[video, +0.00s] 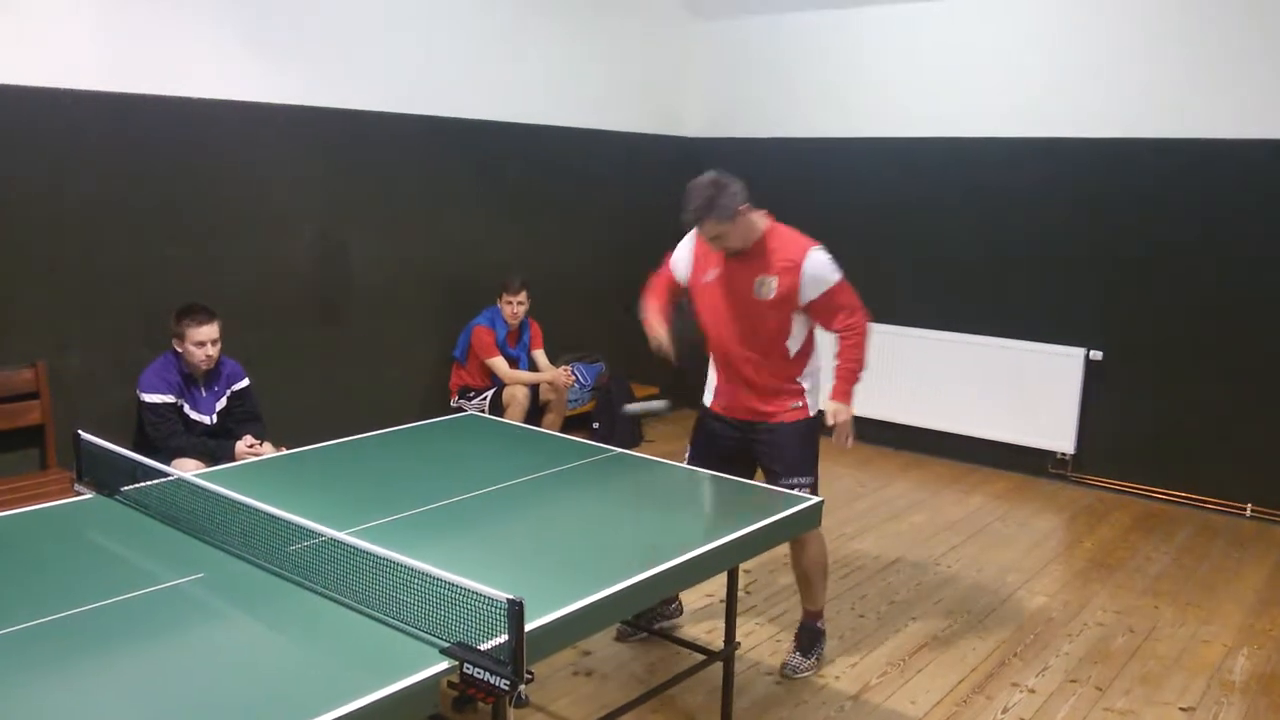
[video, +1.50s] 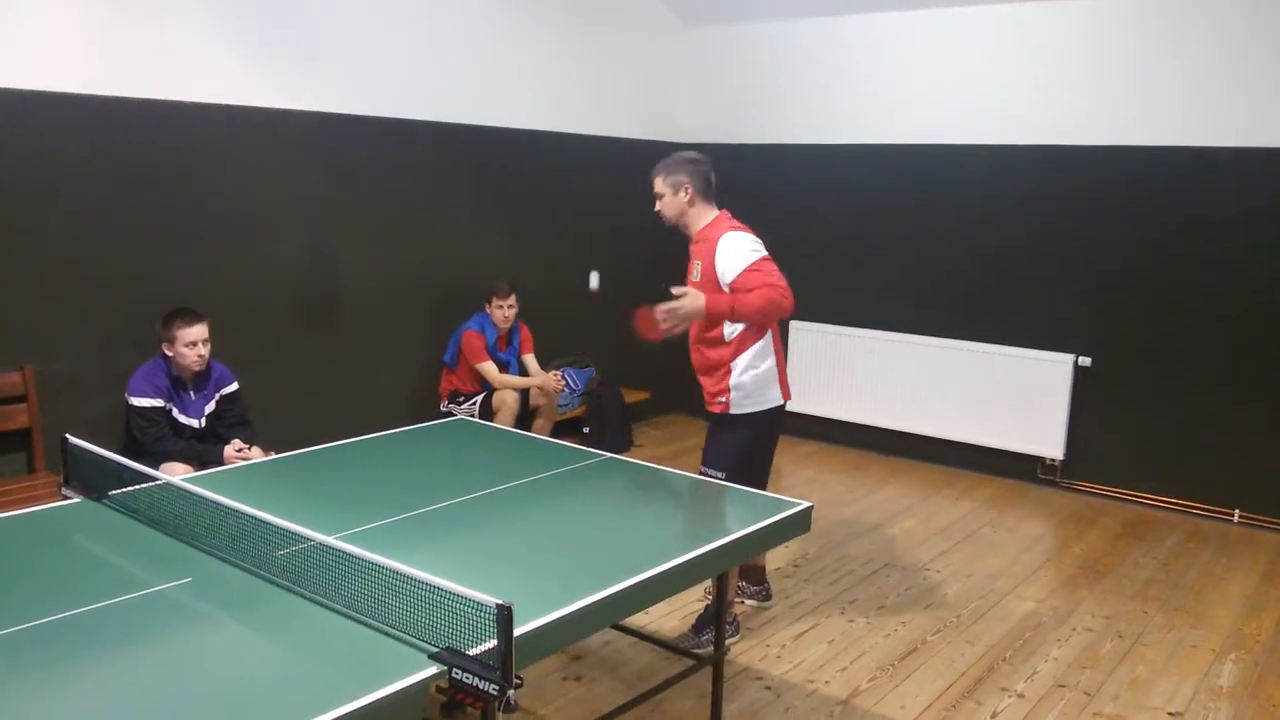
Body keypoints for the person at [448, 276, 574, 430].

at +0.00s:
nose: (515, 310)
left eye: (520, 304)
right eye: (509, 304)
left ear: (528, 305)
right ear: (499, 303)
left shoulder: (531, 328)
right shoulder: (482, 329)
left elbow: (544, 365)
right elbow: (506, 376)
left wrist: (559, 376)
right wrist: (552, 377)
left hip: (504, 391)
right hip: (468, 397)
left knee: (557, 390)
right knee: (520, 394)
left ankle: (545, 453)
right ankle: (505, 452)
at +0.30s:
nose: (512, 314)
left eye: (518, 308)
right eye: (506, 307)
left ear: (527, 309)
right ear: (498, 307)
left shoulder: (530, 331)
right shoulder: (481, 333)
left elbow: (543, 369)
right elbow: (505, 380)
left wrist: (558, 379)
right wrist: (551, 381)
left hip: (502, 394)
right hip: (467, 400)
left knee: (557, 394)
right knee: (519, 397)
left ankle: (544, 456)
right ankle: (506, 456)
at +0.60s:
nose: (509, 315)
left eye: (515, 309)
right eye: (503, 309)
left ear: (524, 311)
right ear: (495, 309)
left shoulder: (527, 333)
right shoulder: (478, 335)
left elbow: (541, 372)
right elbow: (503, 382)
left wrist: (555, 381)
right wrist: (547, 382)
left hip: (499, 396)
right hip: (464, 402)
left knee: (554, 396)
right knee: (516, 399)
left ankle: (540, 458)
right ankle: (502, 458)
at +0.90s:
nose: (503, 316)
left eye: (509, 310)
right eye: (498, 309)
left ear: (517, 311)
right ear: (489, 309)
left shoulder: (520, 333)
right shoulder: (471, 335)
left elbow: (534, 371)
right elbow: (496, 382)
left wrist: (548, 382)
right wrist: (541, 383)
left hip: (493, 397)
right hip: (457, 402)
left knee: (548, 397)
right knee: (509, 400)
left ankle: (535, 458)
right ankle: (497, 458)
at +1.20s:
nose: (504, 316)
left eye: (509, 310)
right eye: (497, 310)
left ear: (515, 311)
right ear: (486, 311)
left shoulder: (518, 334)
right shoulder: (469, 337)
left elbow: (533, 374)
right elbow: (494, 384)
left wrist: (547, 383)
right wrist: (538, 385)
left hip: (491, 398)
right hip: (456, 404)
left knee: (546, 399)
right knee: (507, 401)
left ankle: (533, 460)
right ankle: (495, 460)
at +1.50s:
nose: (506, 314)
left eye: (511, 307)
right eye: (499, 308)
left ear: (517, 308)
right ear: (488, 309)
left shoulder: (520, 331)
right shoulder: (472, 334)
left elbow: (535, 371)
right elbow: (496, 381)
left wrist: (549, 380)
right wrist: (541, 382)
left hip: (493, 395)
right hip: (458, 401)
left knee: (548, 395)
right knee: (509, 398)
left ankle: (536, 457)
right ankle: (497, 457)